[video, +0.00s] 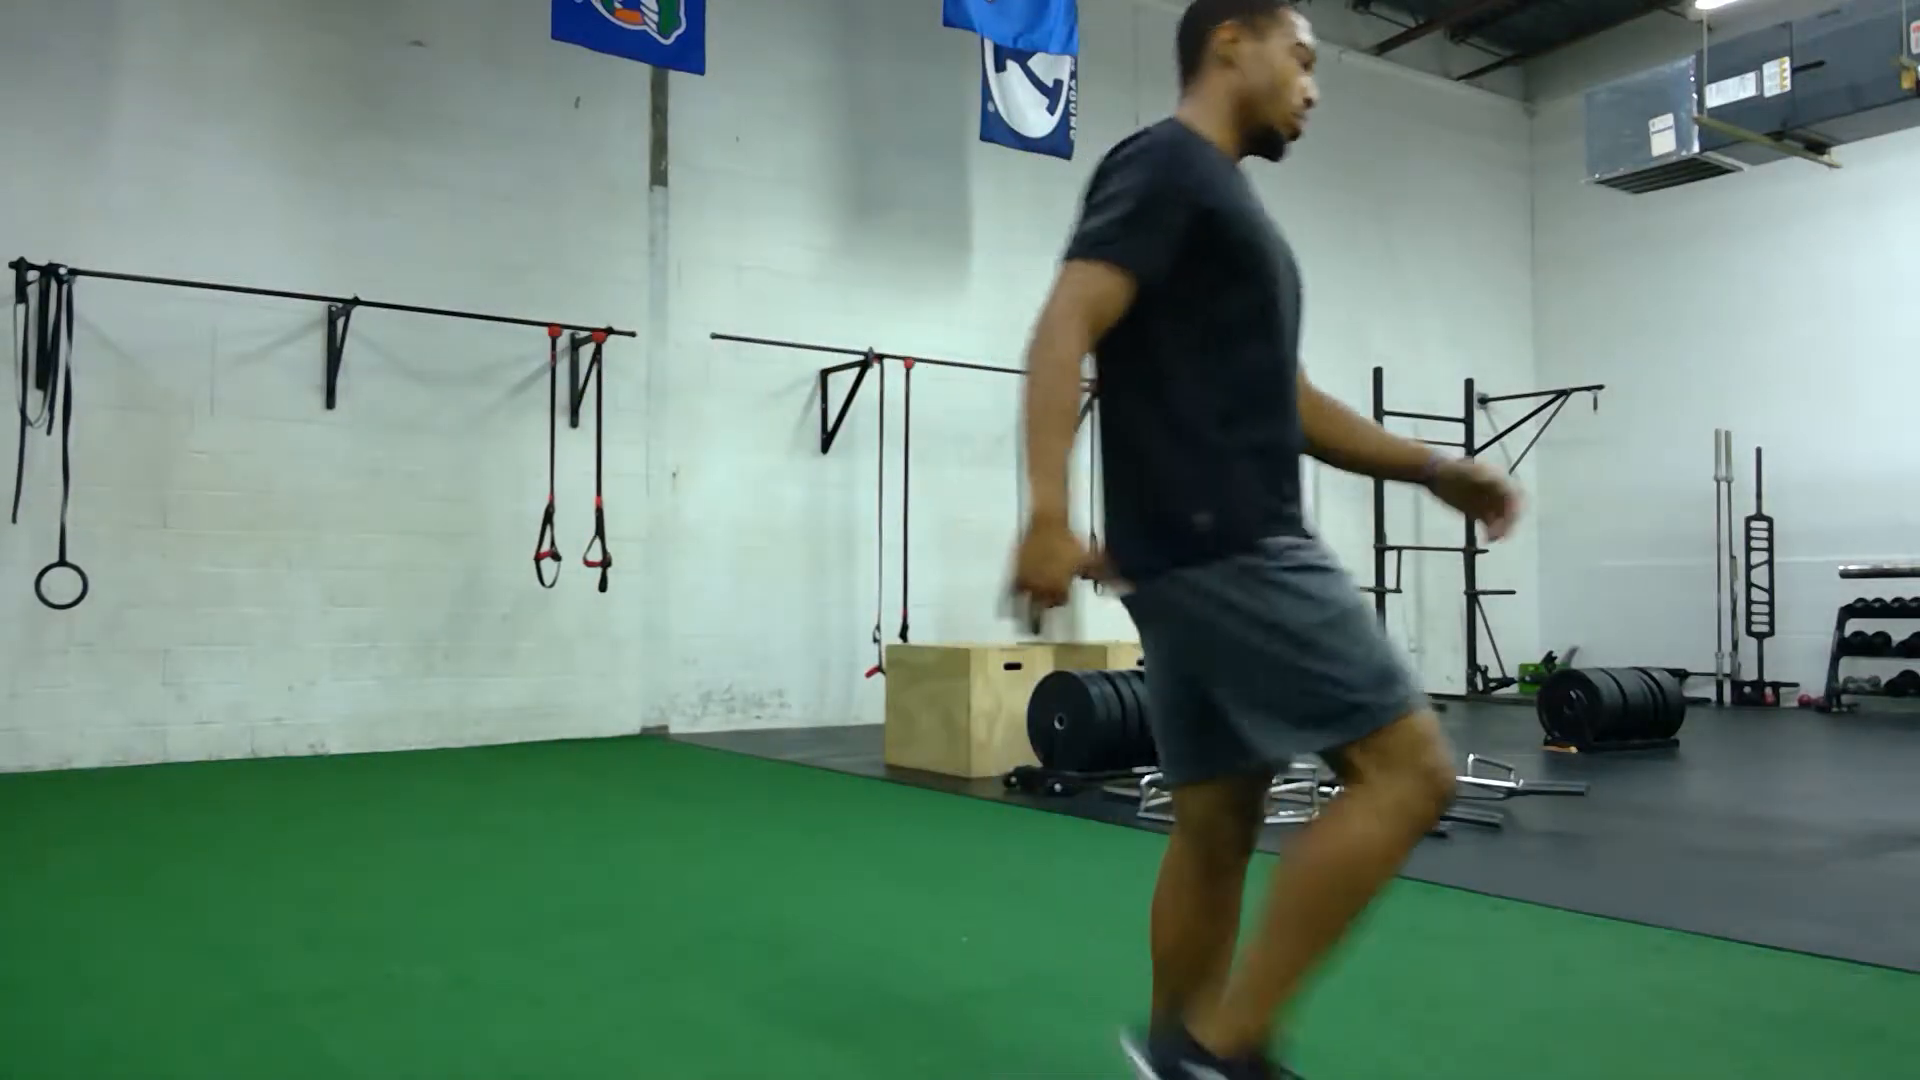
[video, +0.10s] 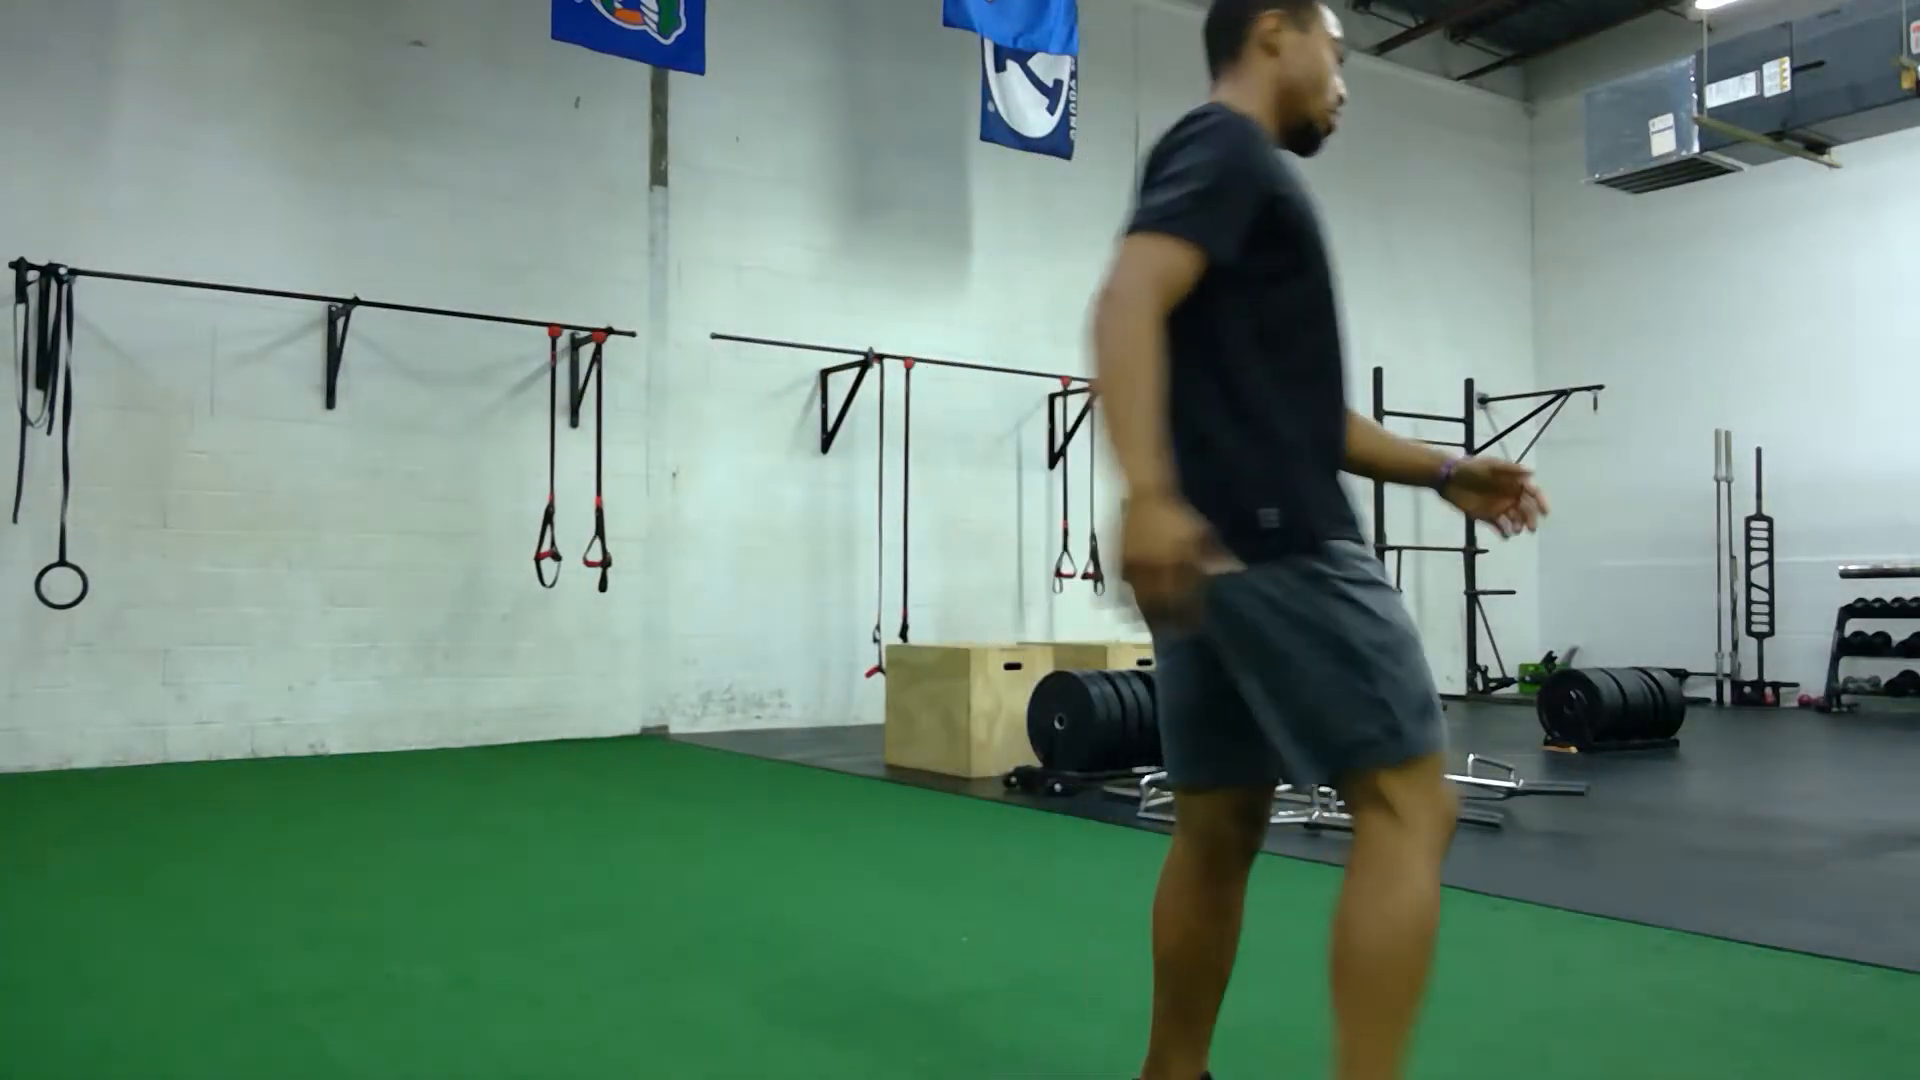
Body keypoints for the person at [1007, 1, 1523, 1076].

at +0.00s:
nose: (1314, 89)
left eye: (1315, 69)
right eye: (1302, 59)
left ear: (1234, 55)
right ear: (1232, 48)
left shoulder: (1224, 197)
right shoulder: (1165, 163)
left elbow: (1285, 400)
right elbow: (1063, 327)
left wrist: (1436, 468)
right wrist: (1048, 520)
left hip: (1196, 556)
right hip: (1232, 548)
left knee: (1214, 823)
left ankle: (1179, 1048)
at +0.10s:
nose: (1344, 85)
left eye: (1344, 62)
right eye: (1335, 51)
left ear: (1269, 44)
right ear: (1273, 34)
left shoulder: (1250, 175)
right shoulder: (1226, 143)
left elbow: (1288, 409)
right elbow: (1127, 301)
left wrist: (1445, 468)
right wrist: (1150, 493)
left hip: (1205, 550)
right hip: (1283, 543)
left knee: (1215, 827)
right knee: (1410, 804)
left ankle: (1174, 1066)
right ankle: (1369, 1067)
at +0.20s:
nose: (1360, 69)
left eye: (1356, 46)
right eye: (1354, 42)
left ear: (1248, 58)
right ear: (1319, 38)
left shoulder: (1213, 168)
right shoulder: (1304, 129)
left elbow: (1273, 400)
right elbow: (1228, 278)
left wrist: (1410, 514)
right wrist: (1283, 481)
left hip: (1211, 556)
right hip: (1319, 551)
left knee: (1248, 834)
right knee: (1394, 856)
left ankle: (1177, 1068)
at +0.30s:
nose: (1376, 66)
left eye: (1370, 45)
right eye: (1373, 43)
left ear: (1258, 61)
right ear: (1351, 36)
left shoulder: (1195, 196)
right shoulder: (1373, 121)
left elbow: (1203, 377)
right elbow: (1378, 266)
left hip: (1214, 555)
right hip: (1344, 551)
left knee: (1290, 831)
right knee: (1388, 860)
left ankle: (1199, 1066)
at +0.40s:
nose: (1393, 35)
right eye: (1394, 26)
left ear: (1272, 40)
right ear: (1378, 21)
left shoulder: (1196, 177)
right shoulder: (1423, 113)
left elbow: (1172, 399)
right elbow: (1513, 247)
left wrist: (1196, 548)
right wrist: (1637, 464)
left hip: (1216, 541)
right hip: (1360, 537)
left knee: (1270, 820)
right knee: (1379, 858)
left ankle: (1213, 1067)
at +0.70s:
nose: (1242, 59)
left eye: (1239, 41)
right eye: (1245, 45)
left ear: (1254, 26)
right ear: (1364, 24)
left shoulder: (1207, 146)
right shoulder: (1477, 136)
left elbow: (1122, 362)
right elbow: (1564, 367)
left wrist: (1045, 516)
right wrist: (1582, 548)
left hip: (1221, 545)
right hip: (1406, 552)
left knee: (1139, 821)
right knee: (1378, 880)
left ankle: (1086, 1068)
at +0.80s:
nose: (1207, 62)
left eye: (1206, 41)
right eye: (1208, 43)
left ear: (1229, 23)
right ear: (1329, 24)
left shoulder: (1189, 146)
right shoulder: (1449, 146)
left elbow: (1159, 354)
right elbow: (1499, 383)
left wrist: (1081, 517)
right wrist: (1464, 549)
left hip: (1213, 545)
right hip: (1387, 553)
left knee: (1116, 835)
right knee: (1368, 880)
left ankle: (1065, 1067)